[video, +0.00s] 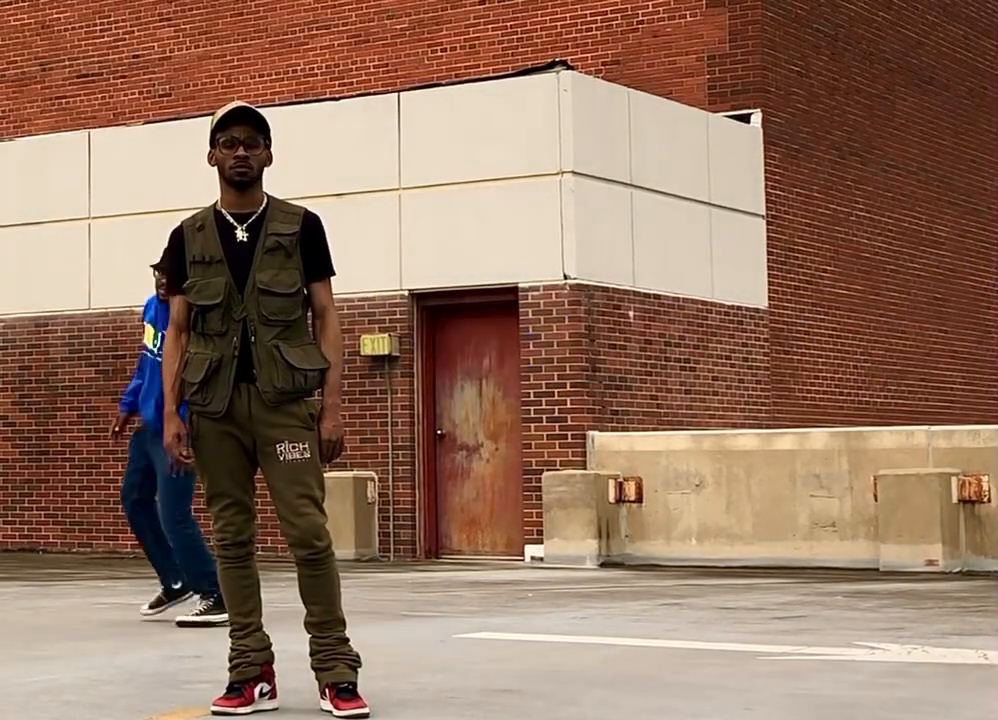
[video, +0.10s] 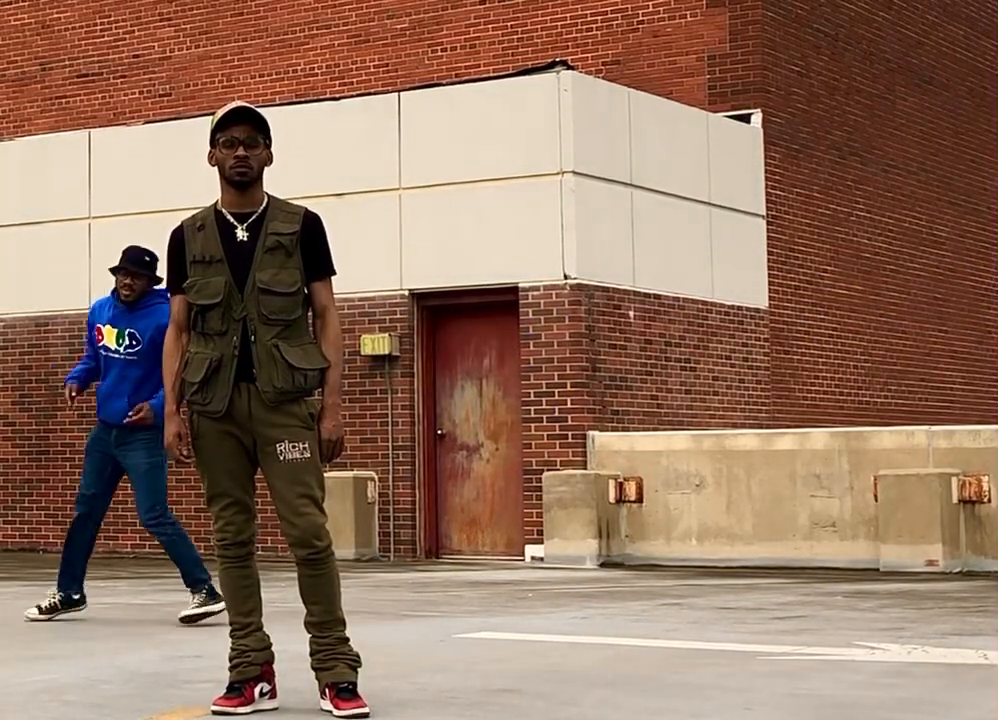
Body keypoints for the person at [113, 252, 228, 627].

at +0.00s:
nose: (162, 279)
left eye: (168, 273)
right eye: (158, 271)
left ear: (183, 278)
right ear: (155, 274)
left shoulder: (193, 316)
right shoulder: (154, 307)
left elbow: (195, 372)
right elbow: (149, 362)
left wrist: (181, 419)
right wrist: (128, 404)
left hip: (176, 426)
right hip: (149, 423)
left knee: (174, 515)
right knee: (134, 501)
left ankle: (215, 594)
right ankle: (175, 582)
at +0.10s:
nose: (127, 283)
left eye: (136, 278)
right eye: (123, 275)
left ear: (151, 281)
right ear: (115, 275)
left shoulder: (166, 314)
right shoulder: (100, 310)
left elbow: (184, 370)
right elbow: (93, 359)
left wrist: (157, 406)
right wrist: (76, 379)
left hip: (144, 434)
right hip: (105, 433)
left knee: (154, 516)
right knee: (87, 511)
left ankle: (205, 590)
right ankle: (70, 592)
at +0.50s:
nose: (68, 271)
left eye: (71, 264)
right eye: (59, 266)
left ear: (75, 266)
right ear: (40, 268)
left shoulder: (85, 305)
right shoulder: (12, 302)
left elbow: (96, 354)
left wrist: (81, 375)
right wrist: (17, 368)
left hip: (62, 419)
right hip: (19, 418)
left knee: (68, 496)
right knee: (14, 504)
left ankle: (42, 563)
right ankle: (6, 583)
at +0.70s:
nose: (55, 291)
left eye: (56, 284)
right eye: (49, 285)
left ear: (44, 288)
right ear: (26, 286)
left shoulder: (40, 325)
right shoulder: (4, 321)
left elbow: (35, 385)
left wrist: (59, 414)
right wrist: (38, 380)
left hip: (34, 439)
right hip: (5, 438)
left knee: (48, 512)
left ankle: (12, 588)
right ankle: (4, 591)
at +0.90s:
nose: (46, 289)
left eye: (46, 283)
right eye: (41, 283)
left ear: (22, 286)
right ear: (20, 285)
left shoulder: (20, 316)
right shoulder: (8, 314)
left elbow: (45, 350)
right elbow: (50, 350)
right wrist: (66, 314)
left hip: (26, 432)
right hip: (8, 430)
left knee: (40, 508)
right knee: (1, 518)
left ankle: (16, 587)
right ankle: (11, 589)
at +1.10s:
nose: (48, 293)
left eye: (47, 286)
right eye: (44, 287)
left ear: (20, 291)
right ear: (26, 290)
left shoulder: (18, 317)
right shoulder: (18, 317)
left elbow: (67, 341)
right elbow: (71, 341)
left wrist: (63, 309)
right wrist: (64, 304)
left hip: (26, 430)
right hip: (15, 428)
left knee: (34, 508)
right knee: (8, 514)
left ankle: (14, 588)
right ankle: (7, 591)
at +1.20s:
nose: (55, 297)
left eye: (54, 291)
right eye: (50, 292)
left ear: (27, 298)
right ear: (32, 296)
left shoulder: (22, 324)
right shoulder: (25, 324)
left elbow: (73, 349)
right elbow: (77, 349)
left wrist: (64, 316)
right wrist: (70, 312)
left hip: (29, 429)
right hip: (24, 429)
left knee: (39, 509)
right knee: (15, 510)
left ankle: (16, 587)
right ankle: (5, 587)